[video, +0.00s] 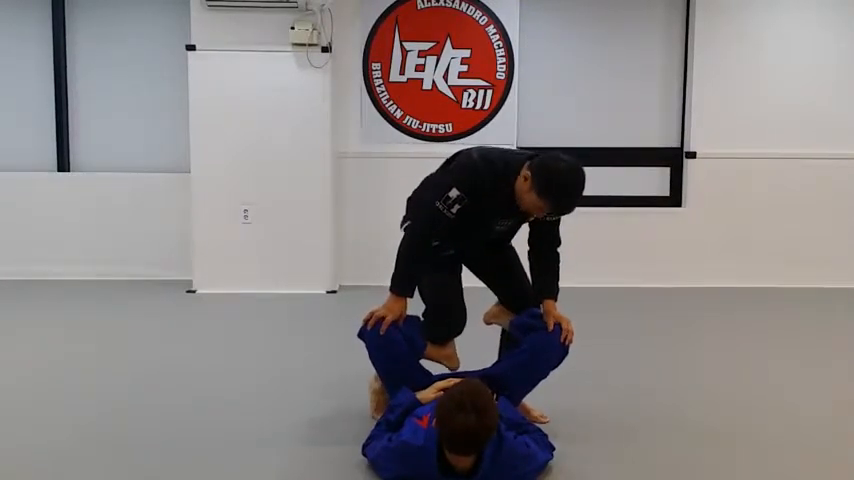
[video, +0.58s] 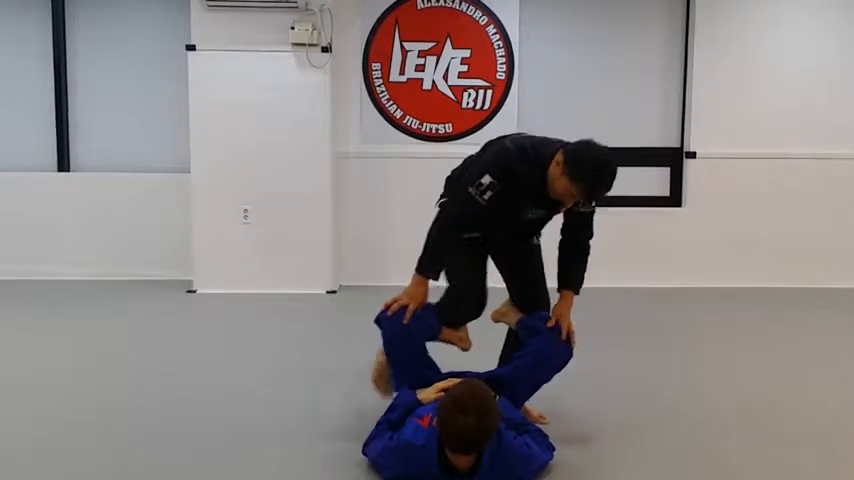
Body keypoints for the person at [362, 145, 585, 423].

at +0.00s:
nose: (539, 217)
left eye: (547, 214)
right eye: (538, 209)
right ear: (526, 179)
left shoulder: (549, 187)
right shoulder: (474, 171)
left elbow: (545, 244)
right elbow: (420, 227)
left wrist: (549, 302)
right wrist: (398, 297)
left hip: (485, 238)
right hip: (437, 234)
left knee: (526, 307)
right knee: (447, 325)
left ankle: (508, 395)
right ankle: (388, 377)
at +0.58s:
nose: (570, 204)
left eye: (580, 200)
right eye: (570, 193)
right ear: (557, 165)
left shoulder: (583, 181)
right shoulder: (506, 158)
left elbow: (577, 237)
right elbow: (451, 214)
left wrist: (566, 302)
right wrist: (420, 280)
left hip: (517, 230)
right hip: (468, 221)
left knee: (535, 312)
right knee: (468, 302)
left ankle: (508, 397)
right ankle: (399, 342)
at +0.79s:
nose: (576, 196)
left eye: (585, 192)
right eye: (575, 185)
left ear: (596, 187)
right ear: (564, 157)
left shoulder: (589, 180)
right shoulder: (515, 155)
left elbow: (582, 231)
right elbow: (459, 212)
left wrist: (573, 290)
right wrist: (427, 281)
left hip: (523, 232)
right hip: (475, 220)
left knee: (536, 315)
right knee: (489, 293)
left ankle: (508, 398)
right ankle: (416, 305)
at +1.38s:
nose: (581, 186)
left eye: (589, 181)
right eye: (580, 175)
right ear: (568, 147)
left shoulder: (583, 171)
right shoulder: (517, 154)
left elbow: (576, 220)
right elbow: (464, 212)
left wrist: (557, 273)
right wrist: (433, 282)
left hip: (522, 237)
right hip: (478, 230)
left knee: (542, 311)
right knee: (519, 305)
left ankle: (508, 396)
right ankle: (458, 320)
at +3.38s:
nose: (582, 163)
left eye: (591, 159)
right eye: (582, 152)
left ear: (601, 155)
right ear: (567, 127)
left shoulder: (577, 163)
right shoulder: (513, 141)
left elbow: (576, 214)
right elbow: (461, 197)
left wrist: (575, 270)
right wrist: (438, 269)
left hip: (517, 240)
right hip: (473, 234)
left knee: (542, 314)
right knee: (511, 299)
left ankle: (505, 395)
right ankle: (435, 282)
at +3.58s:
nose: (595, 152)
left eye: (603, 147)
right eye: (591, 141)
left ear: (608, 147)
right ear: (568, 125)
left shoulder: (577, 166)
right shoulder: (516, 145)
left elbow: (575, 218)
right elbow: (463, 202)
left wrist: (577, 275)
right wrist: (443, 274)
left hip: (517, 242)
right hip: (474, 236)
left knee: (546, 316)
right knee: (509, 310)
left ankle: (506, 398)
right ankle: (431, 287)